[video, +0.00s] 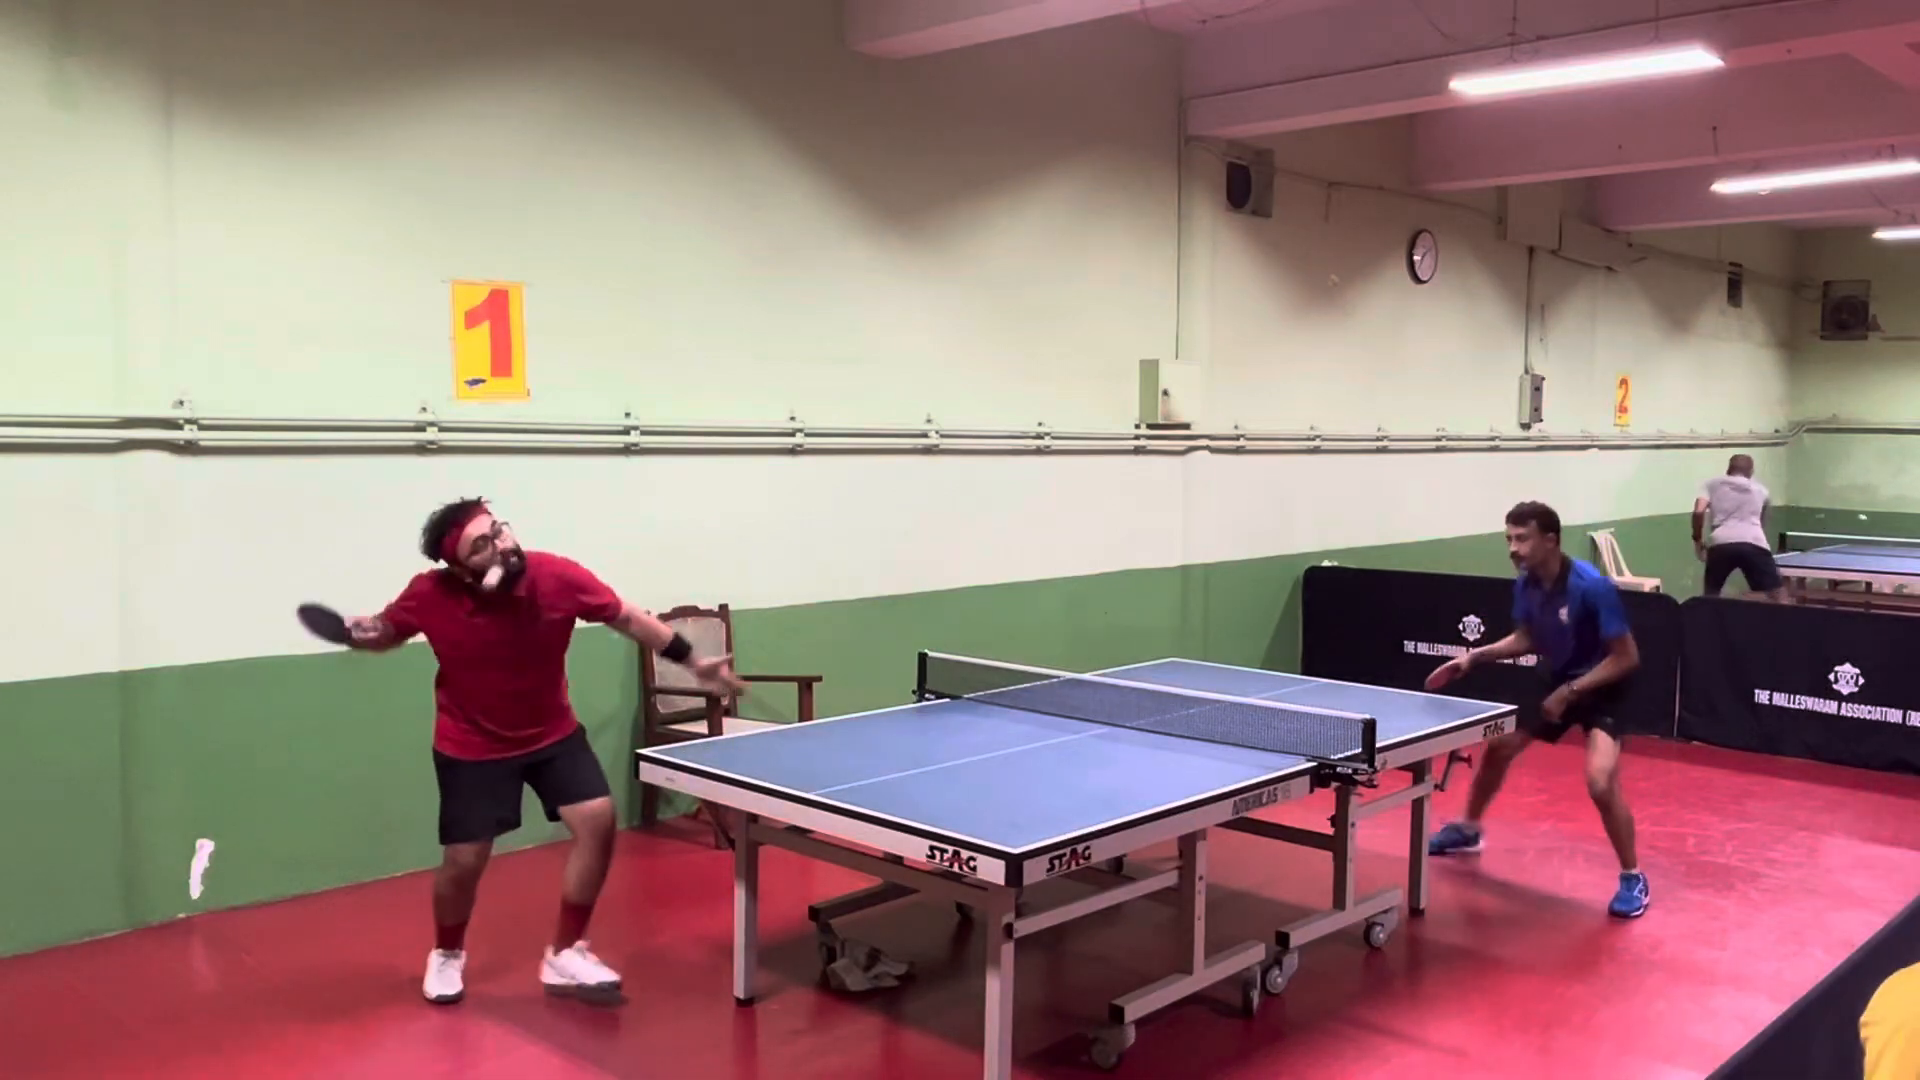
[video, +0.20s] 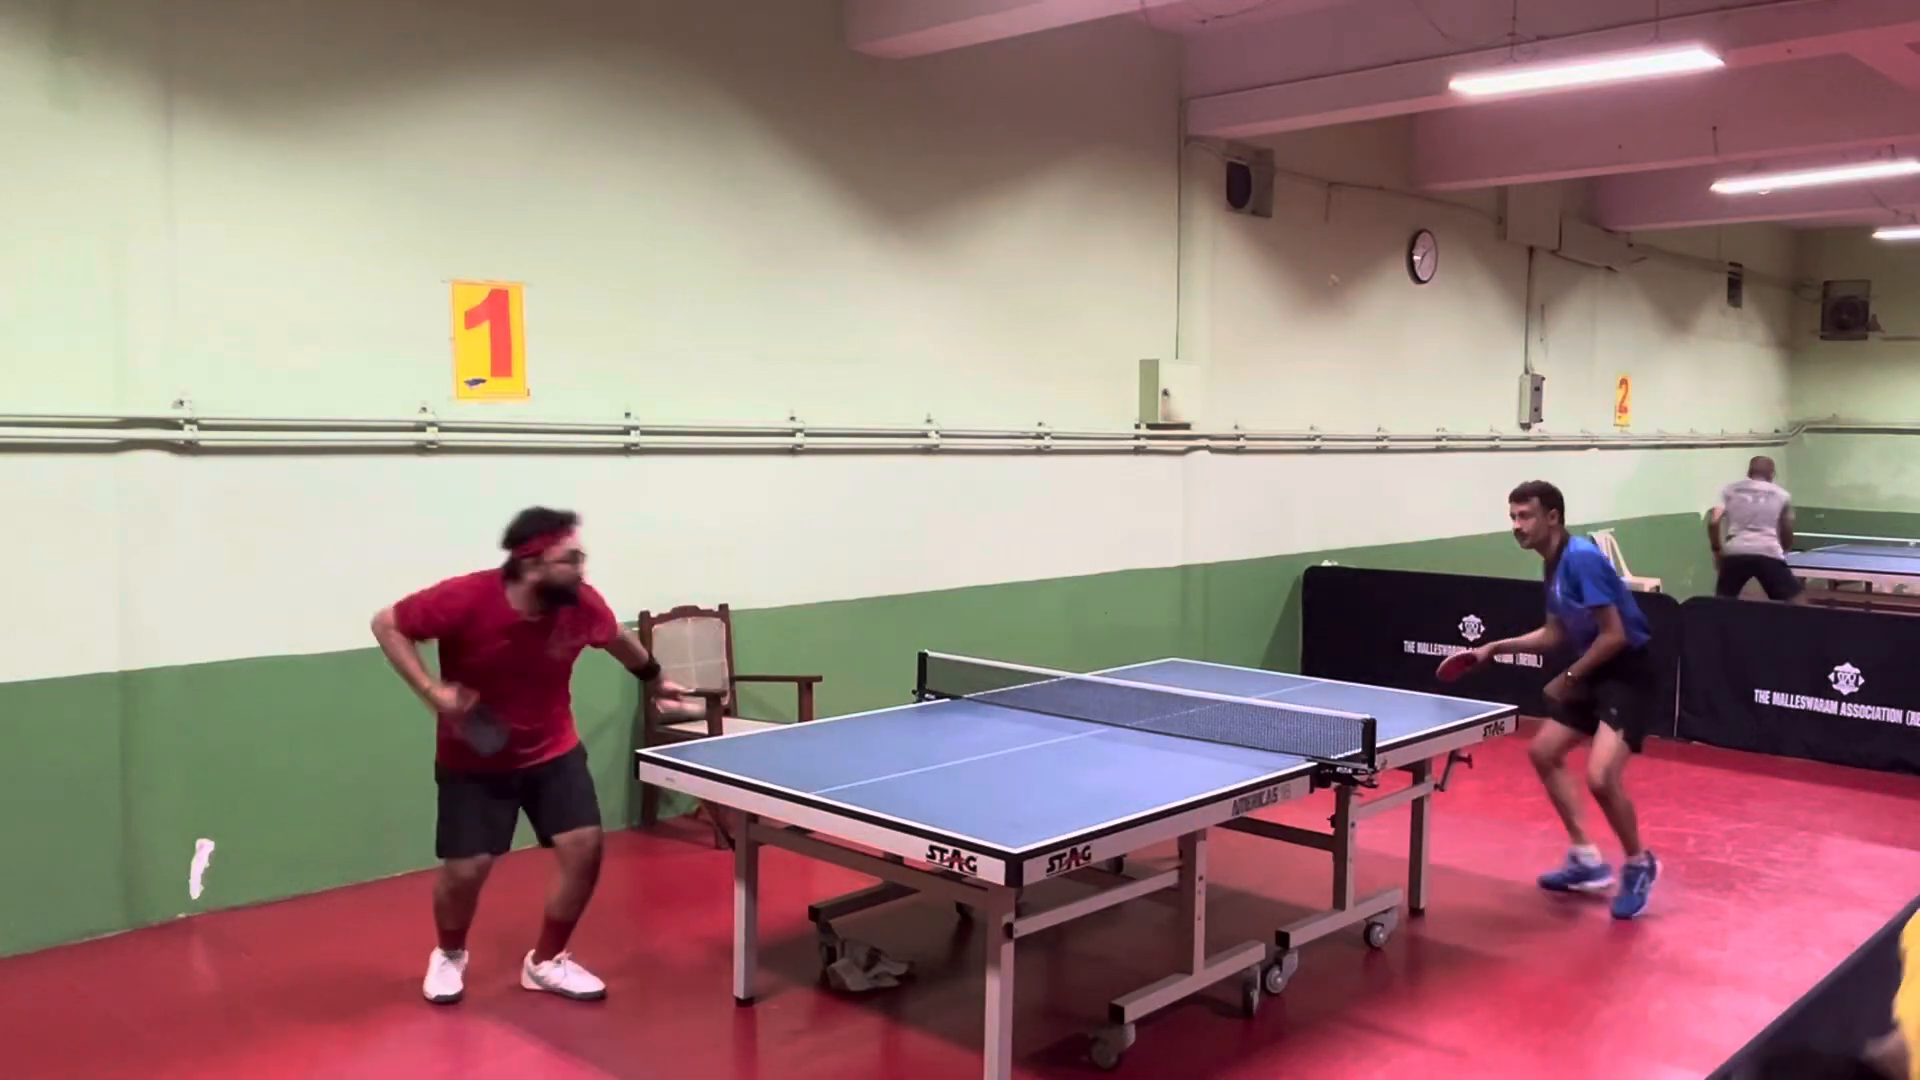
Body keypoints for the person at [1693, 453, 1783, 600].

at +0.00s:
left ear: (1728, 470)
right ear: (1751, 473)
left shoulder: (1712, 484)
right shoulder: (1761, 491)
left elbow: (1698, 512)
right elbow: (1762, 523)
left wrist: (1698, 541)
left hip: (1721, 546)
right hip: (1755, 546)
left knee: (1710, 596)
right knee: (1775, 597)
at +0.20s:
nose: (1774, 476)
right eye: (1773, 473)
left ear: (1749, 473)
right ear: (1772, 475)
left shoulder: (1730, 490)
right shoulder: (1782, 495)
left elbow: (1713, 522)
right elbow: (1786, 530)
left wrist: (1717, 552)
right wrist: (1783, 550)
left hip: (1735, 554)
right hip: (1769, 554)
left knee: (1722, 606)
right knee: (1796, 605)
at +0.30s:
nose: (1790, 476)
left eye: (1789, 473)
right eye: (1789, 473)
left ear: (1766, 473)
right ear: (1787, 474)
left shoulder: (1747, 492)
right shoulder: (1798, 496)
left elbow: (1729, 523)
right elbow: (1806, 526)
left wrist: (1731, 553)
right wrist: (1805, 550)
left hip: (1748, 556)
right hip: (1781, 557)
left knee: (1733, 606)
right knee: (1804, 603)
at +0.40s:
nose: (1809, 475)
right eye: (1809, 471)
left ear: (1786, 470)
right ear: (1806, 472)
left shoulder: (1764, 489)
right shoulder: (1814, 494)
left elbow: (1746, 522)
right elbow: (1823, 529)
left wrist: (1748, 551)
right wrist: (1822, 550)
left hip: (1759, 556)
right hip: (1793, 558)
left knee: (1739, 604)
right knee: (1817, 606)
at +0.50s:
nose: (1824, 474)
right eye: (1824, 470)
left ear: (1800, 469)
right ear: (1821, 471)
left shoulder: (1776, 486)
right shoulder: (1828, 493)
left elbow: (1757, 518)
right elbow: (1838, 544)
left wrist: (1761, 541)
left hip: (1768, 553)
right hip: (1803, 557)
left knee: (1744, 604)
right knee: (1829, 607)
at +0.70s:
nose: (1839, 474)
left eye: (1839, 471)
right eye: (1839, 471)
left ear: (1815, 467)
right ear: (1836, 471)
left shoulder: (1789, 482)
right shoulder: (1838, 493)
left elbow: (1767, 517)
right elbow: (1849, 537)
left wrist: (1778, 539)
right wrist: (1861, 547)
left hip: (1776, 551)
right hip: (1809, 555)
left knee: (1758, 603)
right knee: (1834, 608)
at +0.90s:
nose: (1843, 483)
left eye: (1844, 479)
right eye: (1844, 479)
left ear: (1821, 467)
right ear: (1841, 476)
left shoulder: (1788, 481)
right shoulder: (1833, 490)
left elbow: (1766, 514)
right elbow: (1824, 528)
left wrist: (1788, 526)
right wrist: (1860, 542)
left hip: (1777, 554)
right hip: (1809, 556)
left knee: (1759, 604)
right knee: (1841, 602)